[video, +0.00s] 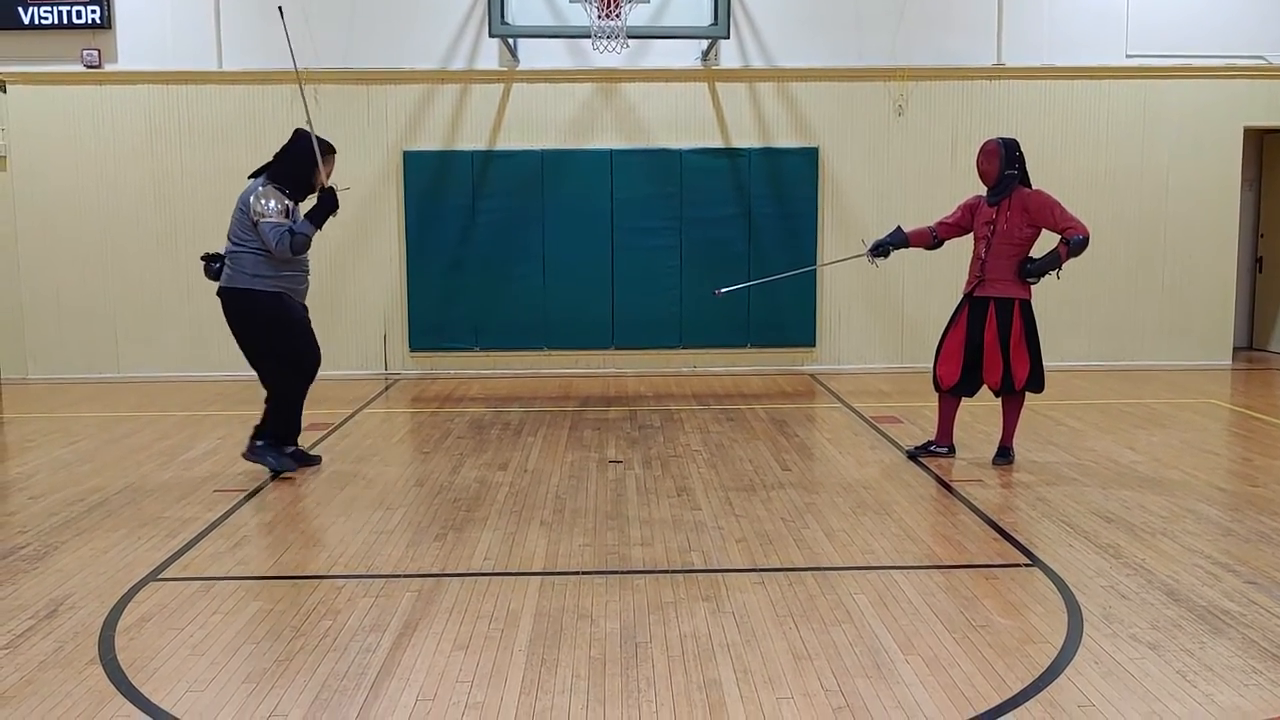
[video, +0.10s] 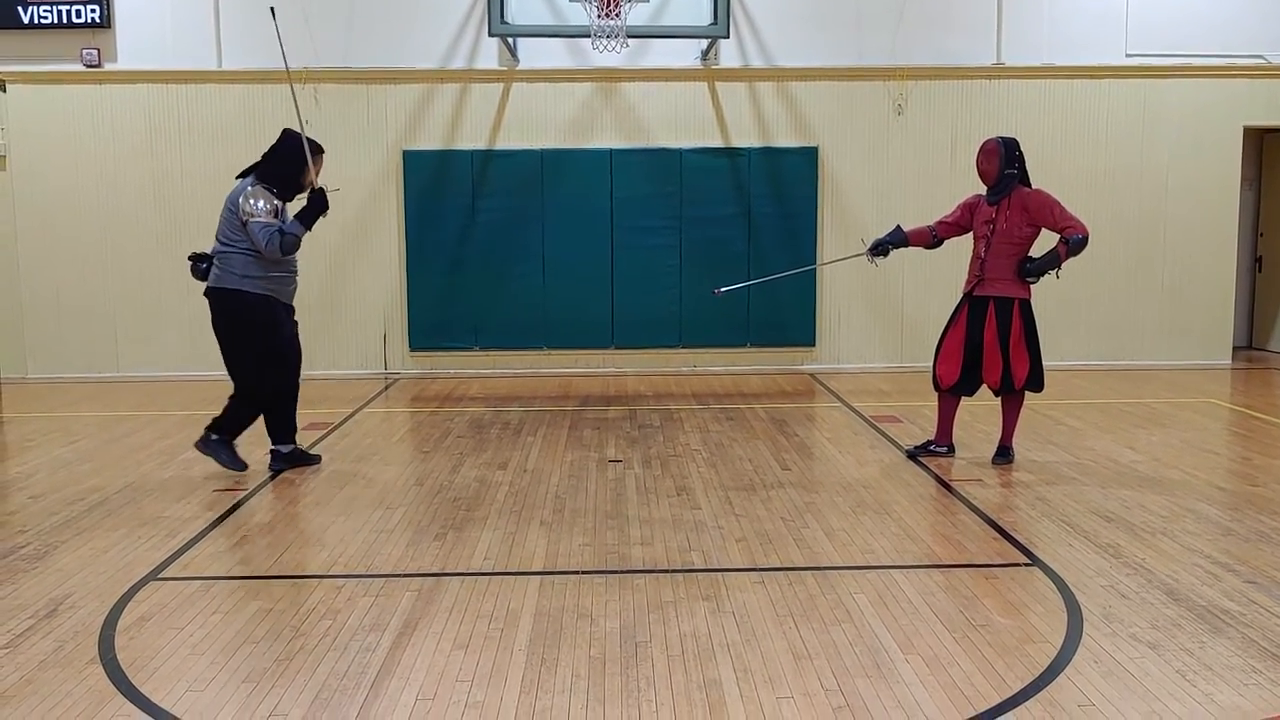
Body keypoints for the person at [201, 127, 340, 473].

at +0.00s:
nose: (328, 178)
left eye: (329, 170)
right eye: (326, 169)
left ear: (298, 165)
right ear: (306, 166)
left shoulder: (281, 196)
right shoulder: (265, 192)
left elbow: (264, 246)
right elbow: (284, 244)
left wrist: (228, 259)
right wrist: (319, 213)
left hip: (273, 293)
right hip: (252, 293)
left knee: (299, 362)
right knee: (299, 361)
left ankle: (282, 442)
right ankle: (267, 442)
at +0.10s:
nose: (317, 177)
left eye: (318, 169)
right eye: (315, 168)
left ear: (287, 165)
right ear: (295, 165)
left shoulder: (271, 197)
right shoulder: (255, 192)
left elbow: (251, 246)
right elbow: (274, 244)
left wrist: (215, 260)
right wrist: (309, 214)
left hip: (269, 298)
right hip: (240, 296)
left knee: (284, 371)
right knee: (261, 374)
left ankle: (284, 449)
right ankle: (217, 436)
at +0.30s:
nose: (288, 173)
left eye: (289, 166)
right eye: (285, 165)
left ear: (258, 164)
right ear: (266, 164)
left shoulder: (239, 195)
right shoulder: (227, 193)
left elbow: (209, 240)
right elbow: (248, 244)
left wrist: (183, 259)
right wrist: (284, 215)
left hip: (237, 298)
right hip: (208, 295)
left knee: (267, 358)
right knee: (216, 365)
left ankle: (276, 442)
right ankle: (190, 453)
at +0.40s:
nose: (272, 169)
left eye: (272, 162)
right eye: (268, 161)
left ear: (242, 161)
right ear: (249, 160)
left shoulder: (226, 192)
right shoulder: (212, 191)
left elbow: (196, 236)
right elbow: (235, 243)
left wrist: (170, 256)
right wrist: (270, 213)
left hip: (227, 295)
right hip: (195, 293)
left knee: (263, 349)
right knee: (206, 369)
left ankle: (246, 432)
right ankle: (192, 453)